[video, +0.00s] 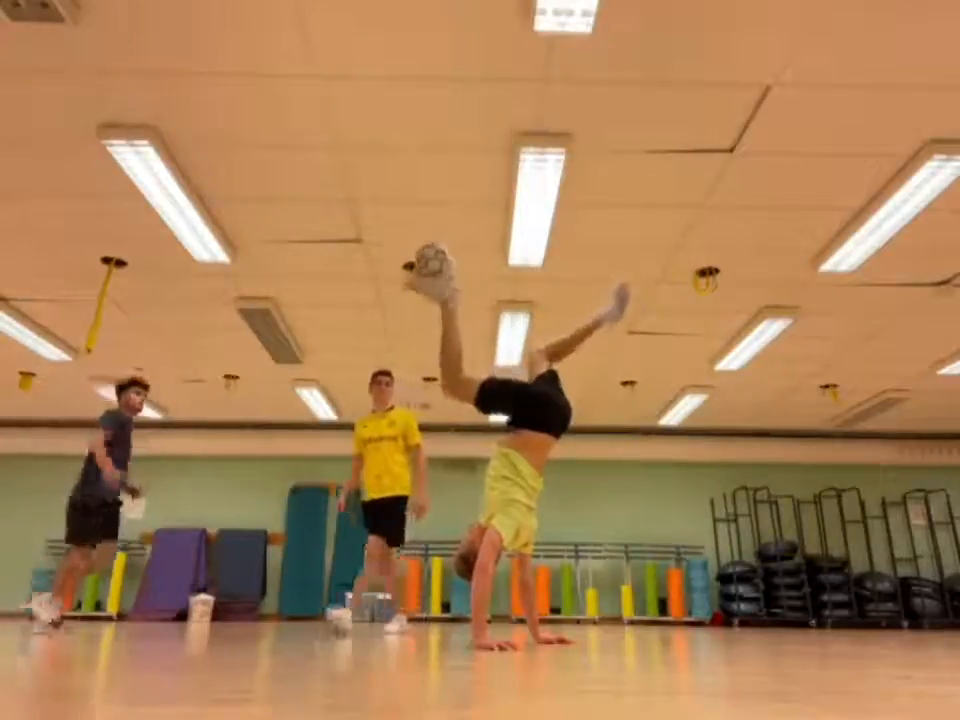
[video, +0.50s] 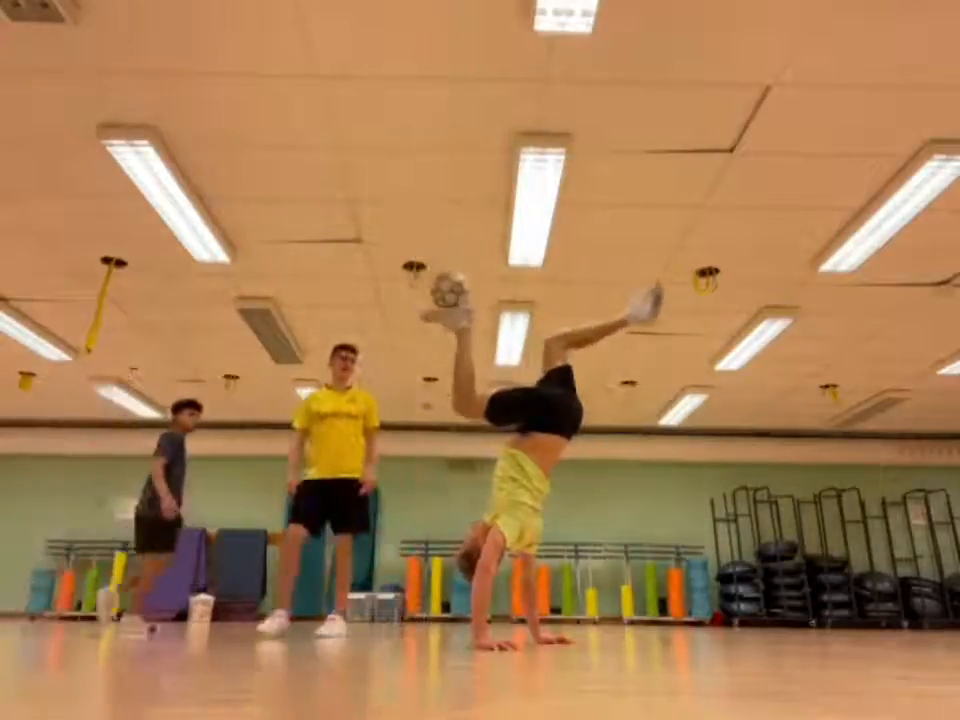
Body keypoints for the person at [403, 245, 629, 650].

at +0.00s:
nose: (472, 533)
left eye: (465, 537)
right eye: (473, 539)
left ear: (475, 550)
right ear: (480, 548)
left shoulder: (522, 538)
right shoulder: (497, 529)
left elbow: (527, 585)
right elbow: (482, 574)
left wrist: (536, 633)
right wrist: (480, 634)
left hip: (555, 417)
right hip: (534, 410)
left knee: (538, 356)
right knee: (453, 385)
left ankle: (604, 318)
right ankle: (449, 302)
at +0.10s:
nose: (470, 532)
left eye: (463, 538)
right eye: (471, 539)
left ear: (470, 549)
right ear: (477, 545)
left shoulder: (523, 538)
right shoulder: (498, 529)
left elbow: (526, 584)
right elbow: (483, 574)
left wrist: (537, 632)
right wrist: (480, 635)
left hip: (556, 416)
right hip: (535, 411)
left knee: (539, 347)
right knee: (454, 389)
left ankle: (606, 315)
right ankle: (449, 309)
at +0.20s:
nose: (468, 533)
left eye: (463, 538)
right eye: (470, 539)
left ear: (472, 549)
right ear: (476, 544)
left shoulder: (523, 539)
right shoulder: (498, 529)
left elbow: (526, 586)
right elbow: (483, 575)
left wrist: (537, 633)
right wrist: (480, 635)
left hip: (558, 417)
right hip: (534, 410)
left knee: (539, 345)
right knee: (453, 391)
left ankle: (610, 316)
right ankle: (450, 312)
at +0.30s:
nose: (471, 534)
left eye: (467, 540)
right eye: (472, 539)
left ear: (474, 549)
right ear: (478, 540)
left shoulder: (523, 538)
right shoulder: (500, 528)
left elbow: (525, 585)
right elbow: (483, 574)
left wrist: (537, 634)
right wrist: (481, 634)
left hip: (557, 416)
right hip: (538, 413)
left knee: (543, 344)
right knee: (459, 400)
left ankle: (614, 317)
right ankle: (451, 318)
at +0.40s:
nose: (471, 537)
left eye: (468, 541)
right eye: (472, 542)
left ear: (475, 552)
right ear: (480, 549)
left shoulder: (523, 537)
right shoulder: (498, 531)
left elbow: (525, 585)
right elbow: (483, 574)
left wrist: (536, 632)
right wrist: (481, 634)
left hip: (560, 414)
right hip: (542, 415)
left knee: (546, 343)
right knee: (463, 404)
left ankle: (620, 319)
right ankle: (457, 326)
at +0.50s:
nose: (472, 535)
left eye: (468, 540)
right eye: (474, 541)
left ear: (475, 550)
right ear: (482, 550)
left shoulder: (526, 539)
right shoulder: (499, 531)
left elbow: (528, 586)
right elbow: (484, 574)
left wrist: (536, 631)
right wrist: (481, 634)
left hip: (565, 416)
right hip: (546, 417)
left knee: (555, 344)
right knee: (466, 406)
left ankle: (630, 318)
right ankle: (463, 328)